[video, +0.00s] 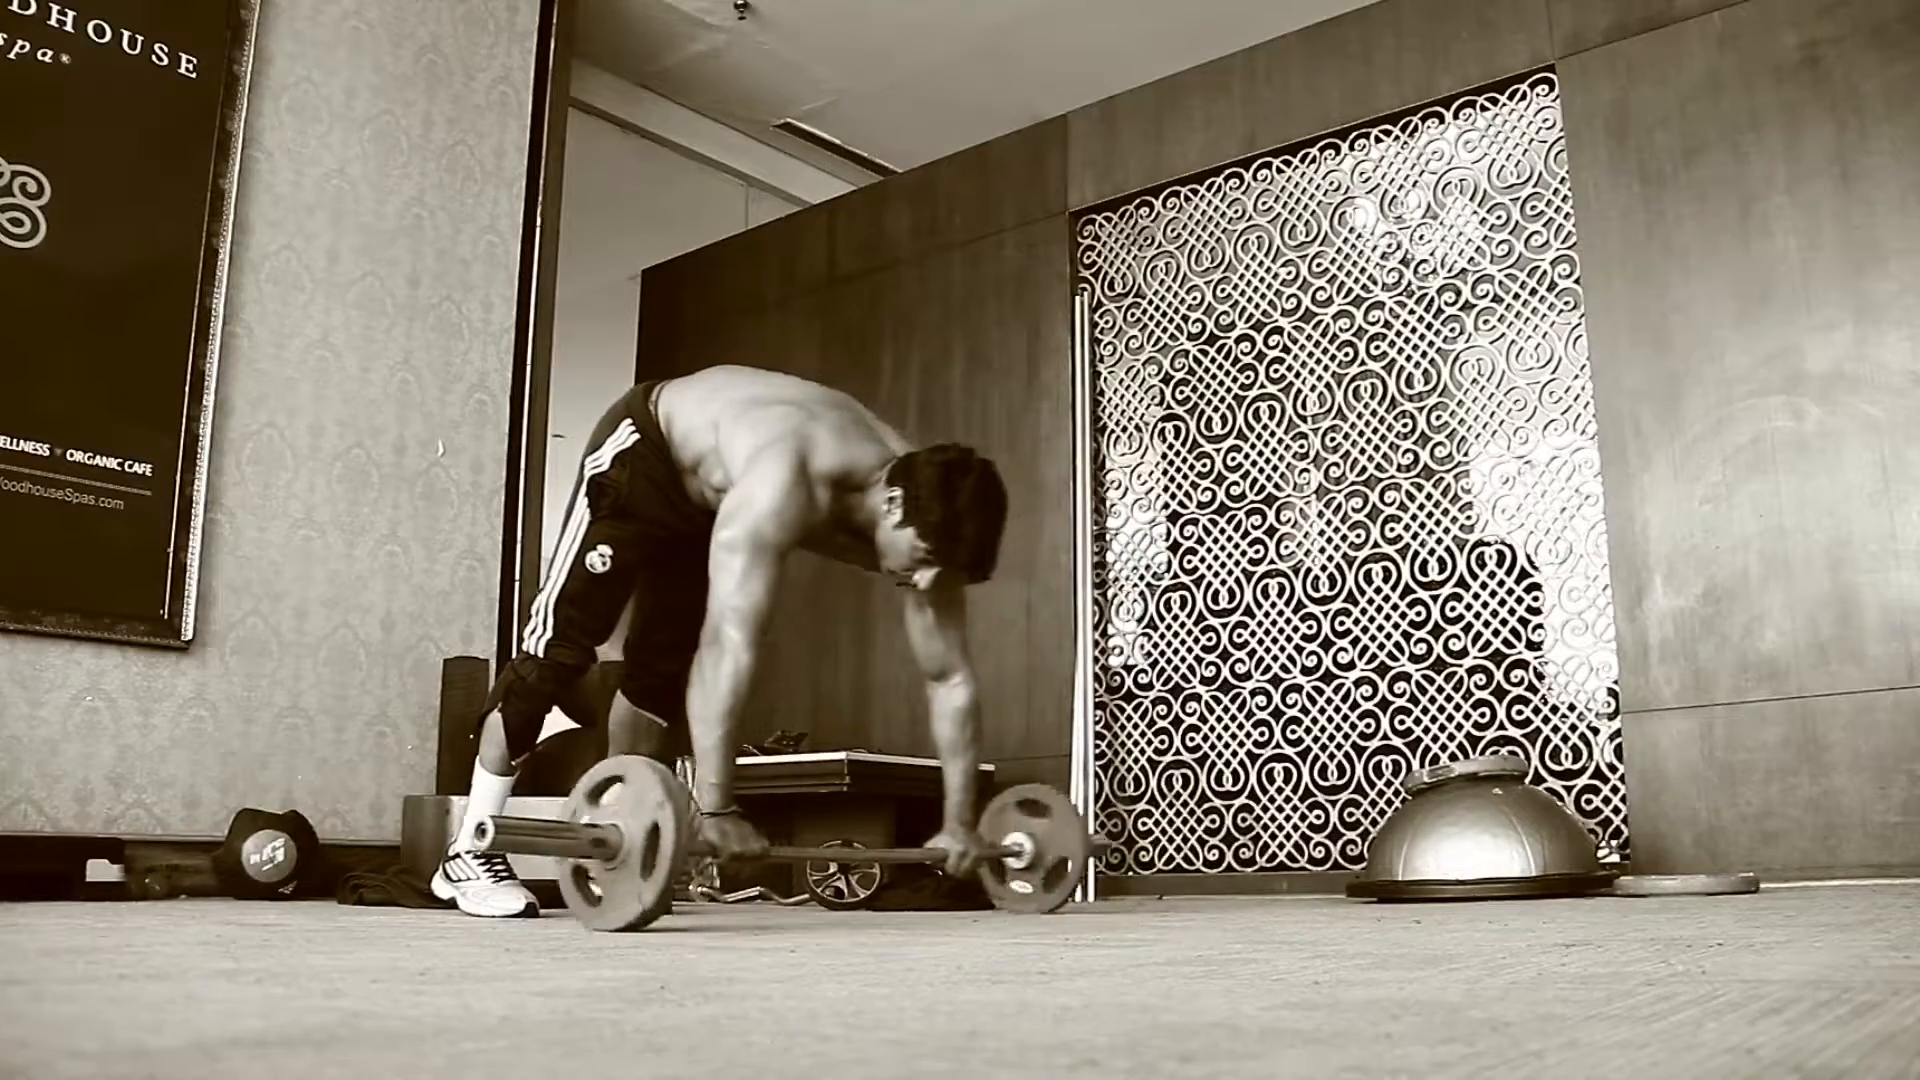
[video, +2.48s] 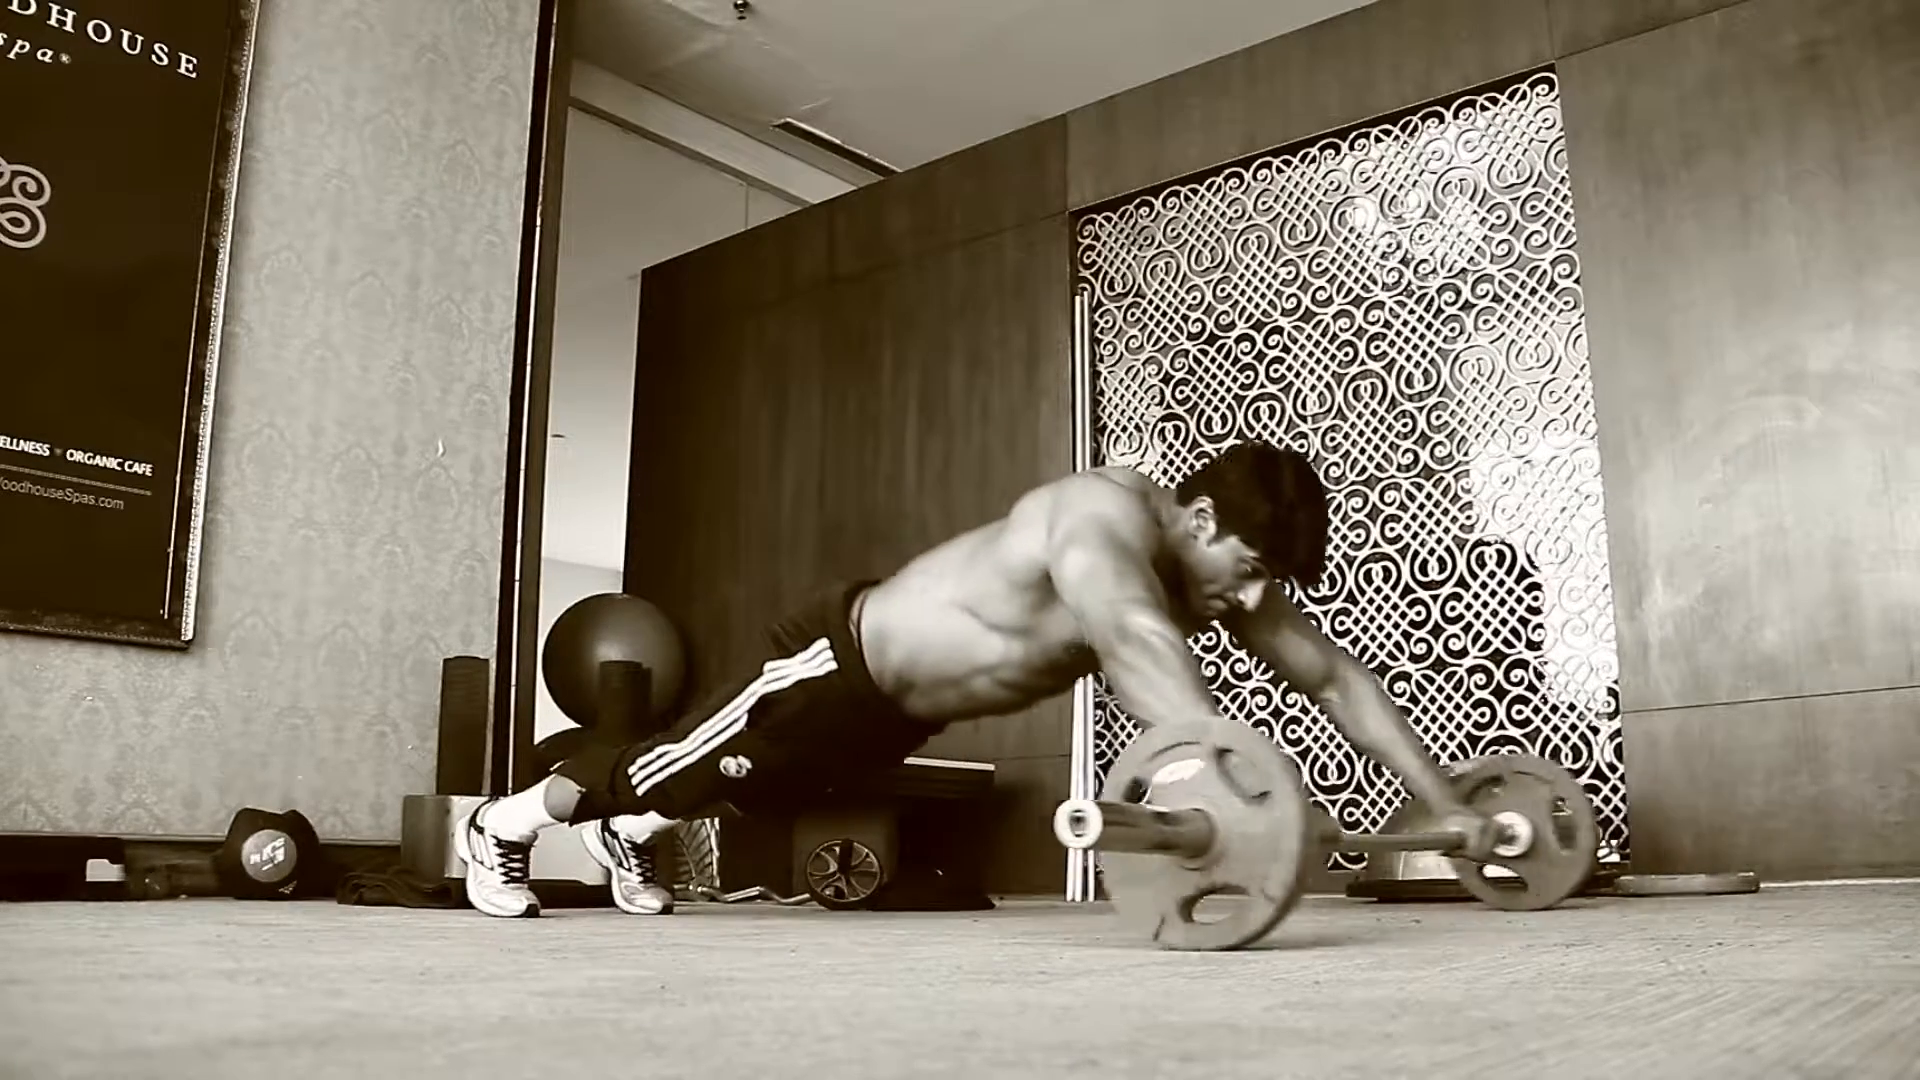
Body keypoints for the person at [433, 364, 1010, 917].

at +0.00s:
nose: (926, 582)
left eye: (943, 571)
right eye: (926, 561)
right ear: (894, 507)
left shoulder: (920, 511)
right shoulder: (781, 480)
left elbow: (950, 678)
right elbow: (729, 641)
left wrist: (959, 822)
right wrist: (713, 805)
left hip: (716, 501)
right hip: (642, 453)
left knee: (656, 682)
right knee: (556, 660)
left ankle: (620, 846)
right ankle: (470, 854)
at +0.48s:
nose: (884, 602)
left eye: (900, 594)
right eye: (885, 581)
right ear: (861, 527)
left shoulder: (882, 514)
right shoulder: (746, 499)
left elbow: (909, 686)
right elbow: (680, 652)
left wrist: (908, 822)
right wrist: (654, 810)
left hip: (699, 494)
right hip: (624, 442)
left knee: (640, 668)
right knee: (538, 657)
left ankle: (608, 858)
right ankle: (471, 854)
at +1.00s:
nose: (907, 580)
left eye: (924, 567)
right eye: (907, 556)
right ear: (873, 508)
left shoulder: (899, 511)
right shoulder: (761, 489)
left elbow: (941, 680)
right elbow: (716, 646)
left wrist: (961, 818)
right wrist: (710, 804)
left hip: (702, 506)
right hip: (625, 454)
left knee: (644, 691)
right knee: (545, 662)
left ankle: (610, 850)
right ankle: (466, 861)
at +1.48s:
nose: (1025, 549)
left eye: (1038, 536)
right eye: (1022, 526)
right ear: (978, 481)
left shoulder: (990, 526)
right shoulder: (861, 480)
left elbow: (1052, 671)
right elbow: (831, 641)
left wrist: (1092, 809)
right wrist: (851, 804)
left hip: (765, 553)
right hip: (685, 497)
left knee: (671, 703)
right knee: (582, 685)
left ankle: (597, 855)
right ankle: (469, 858)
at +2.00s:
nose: (1162, 537)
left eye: (1179, 524)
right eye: (1161, 512)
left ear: (1156, 495)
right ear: (1117, 464)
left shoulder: (1134, 535)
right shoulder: (1006, 477)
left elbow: (1224, 665)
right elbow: (1004, 628)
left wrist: (1298, 814)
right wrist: (1050, 793)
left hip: (852, 640)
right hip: (782, 585)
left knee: (725, 753)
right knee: (637, 728)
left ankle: (608, 843)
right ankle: (479, 840)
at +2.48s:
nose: (1246, 598)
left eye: (1262, 582)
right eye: (1249, 573)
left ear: (1249, 553)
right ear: (1213, 515)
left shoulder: (1198, 560)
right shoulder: (1104, 512)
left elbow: (1330, 674)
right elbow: (1125, 637)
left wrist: (1424, 786)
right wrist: (1205, 738)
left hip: (904, 707)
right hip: (849, 663)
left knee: (752, 785)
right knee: (671, 770)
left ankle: (627, 842)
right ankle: (505, 821)